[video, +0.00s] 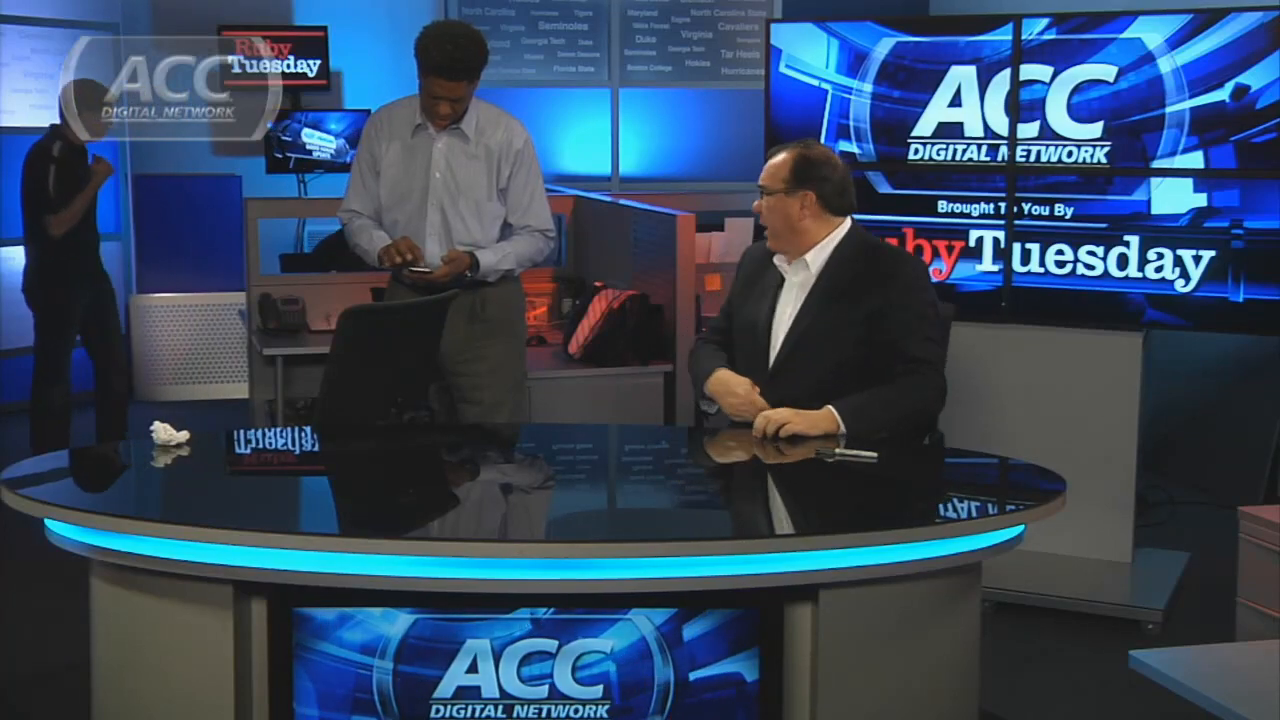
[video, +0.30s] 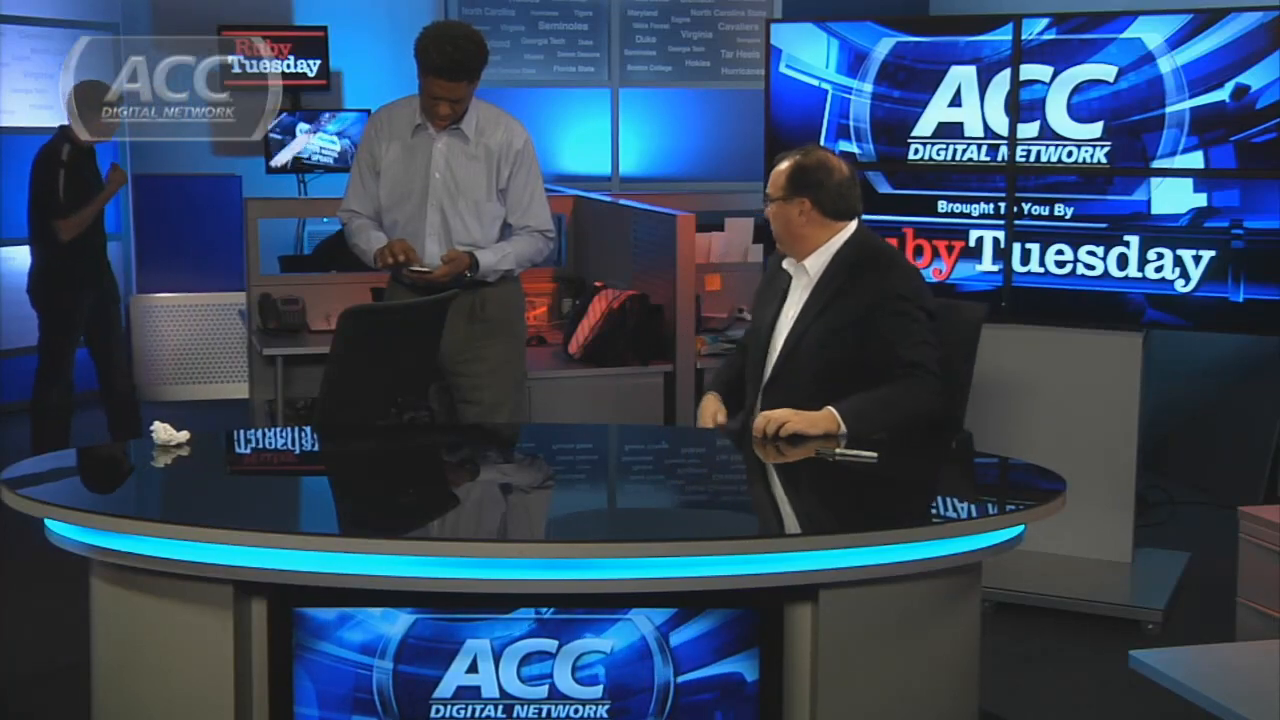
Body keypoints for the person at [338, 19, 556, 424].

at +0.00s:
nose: (443, 110)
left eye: (456, 100)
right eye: (433, 97)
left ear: (475, 83)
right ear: (420, 77)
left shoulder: (508, 137)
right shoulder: (383, 127)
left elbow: (538, 237)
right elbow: (355, 216)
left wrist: (475, 260)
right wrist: (382, 247)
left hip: (485, 314)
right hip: (406, 312)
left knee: (489, 449)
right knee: (406, 451)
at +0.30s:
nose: (443, 111)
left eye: (456, 101)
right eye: (433, 98)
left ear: (475, 84)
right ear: (420, 77)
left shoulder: (508, 137)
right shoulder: (384, 126)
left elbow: (538, 237)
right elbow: (355, 215)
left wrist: (474, 260)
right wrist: (379, 248)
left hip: (485, 314)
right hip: (406, 312)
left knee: (488, 450)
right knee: (406, 451)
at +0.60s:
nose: (442, 111)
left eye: (455, 101)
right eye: (433, 98)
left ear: (475, 84)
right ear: (420, 77)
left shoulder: (508, 138)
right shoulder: (383, 128)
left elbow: (538, 237)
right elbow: (355, 216)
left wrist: (474, 260)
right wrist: (378, 247)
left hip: (485, 314)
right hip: (406, 312)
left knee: (488, 450)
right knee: (406, 451)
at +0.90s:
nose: (442, 111)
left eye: (455, 101)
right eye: (433, 97)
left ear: (475, 84)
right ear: (419, 77)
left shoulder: (508, 138)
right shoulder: (383, 128)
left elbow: (538, 237)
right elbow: (355, 215)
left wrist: (475, 259)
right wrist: (379, 247)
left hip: (485, 315)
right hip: (406, 313)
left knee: (487, 451)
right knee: (407, 452)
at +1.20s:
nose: (478, 105)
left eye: (486, 93)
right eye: (466, 93)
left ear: (495, 85)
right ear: (435, 78)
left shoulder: (511, 141)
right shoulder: (385, 127)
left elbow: (538, 225)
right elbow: (359, 222)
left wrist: (505, 259)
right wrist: (412, 255)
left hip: (486, 311)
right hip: (409, 309)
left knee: (484, 444)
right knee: (410, 442)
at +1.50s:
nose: (564, 160)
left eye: (565, 149)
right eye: (556, 148)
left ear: (522, 146)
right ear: (516, 143)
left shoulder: (506, 186)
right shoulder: (469, 206)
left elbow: (503, 245)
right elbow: (550, 317)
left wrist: (541, 264)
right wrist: (647, 360)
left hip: (475, 337)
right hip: (411, 343)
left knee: (508, 449)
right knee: (412, 462)